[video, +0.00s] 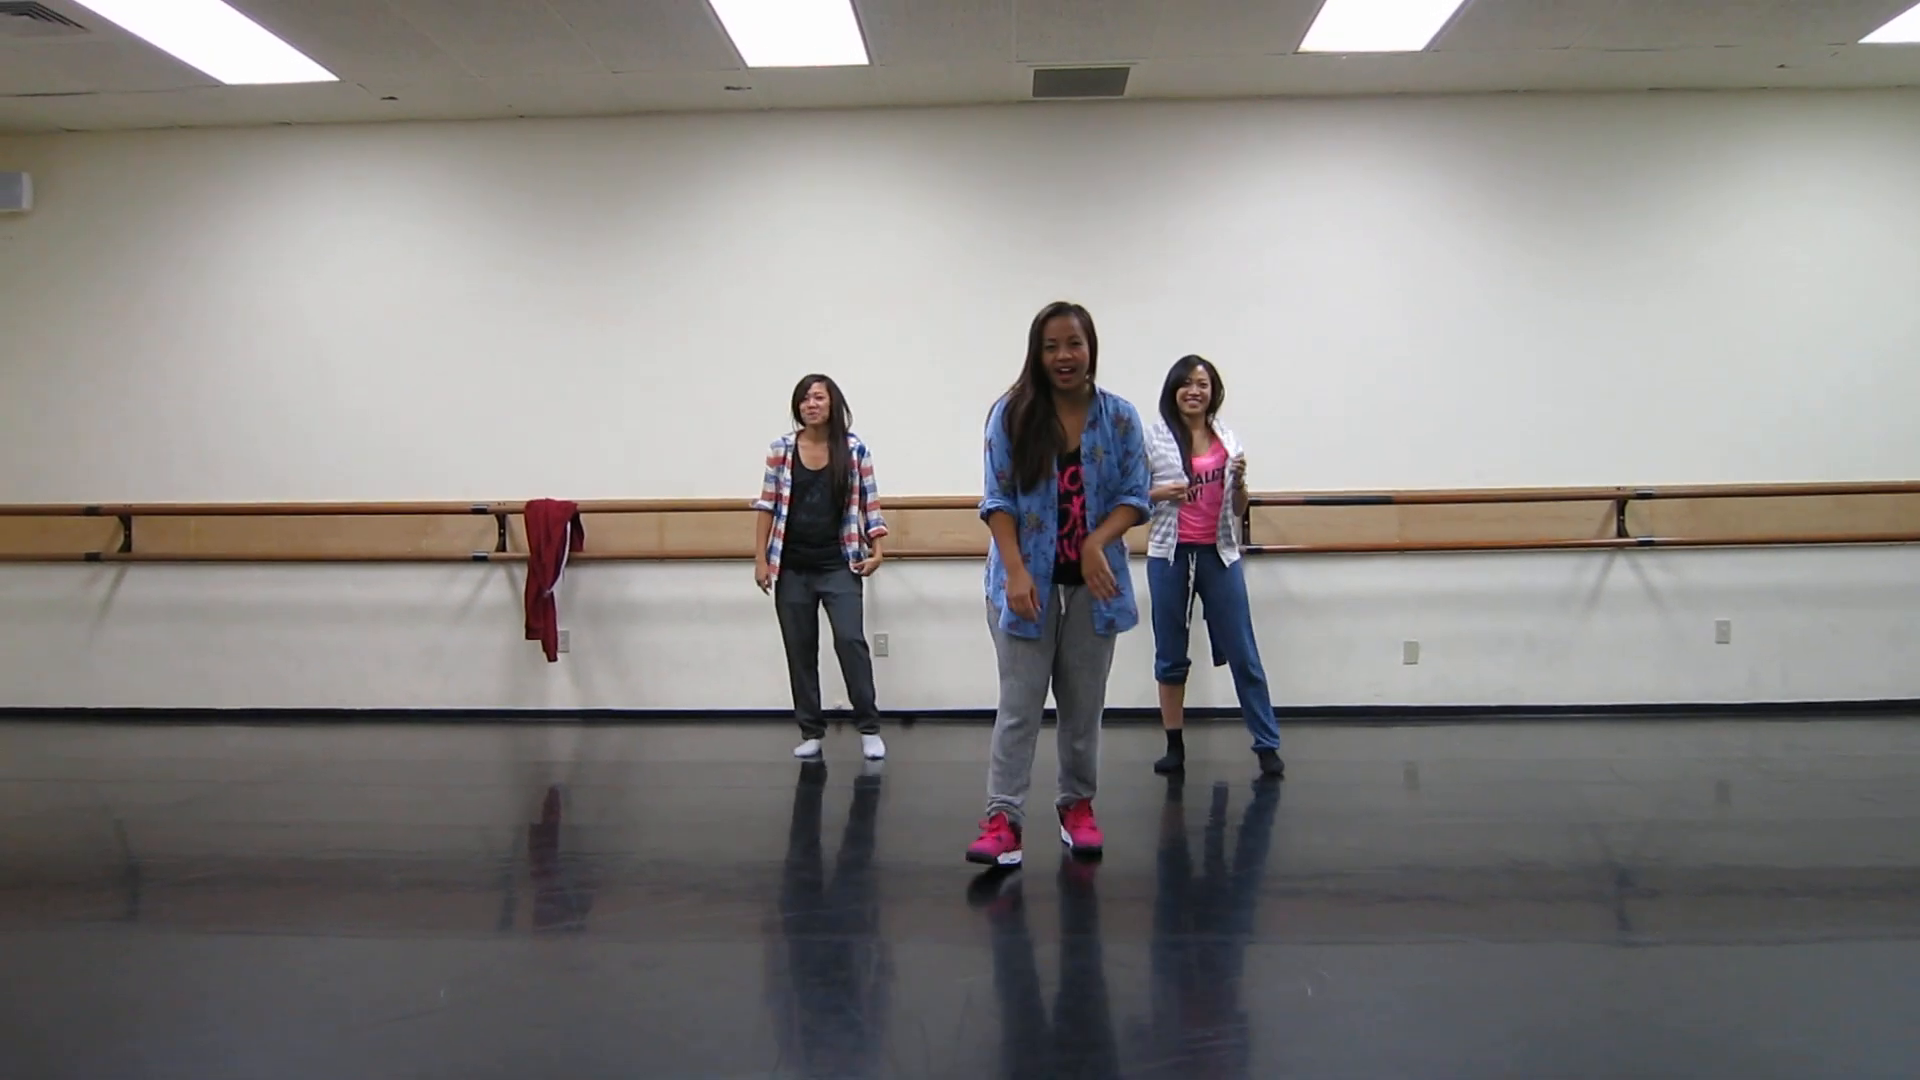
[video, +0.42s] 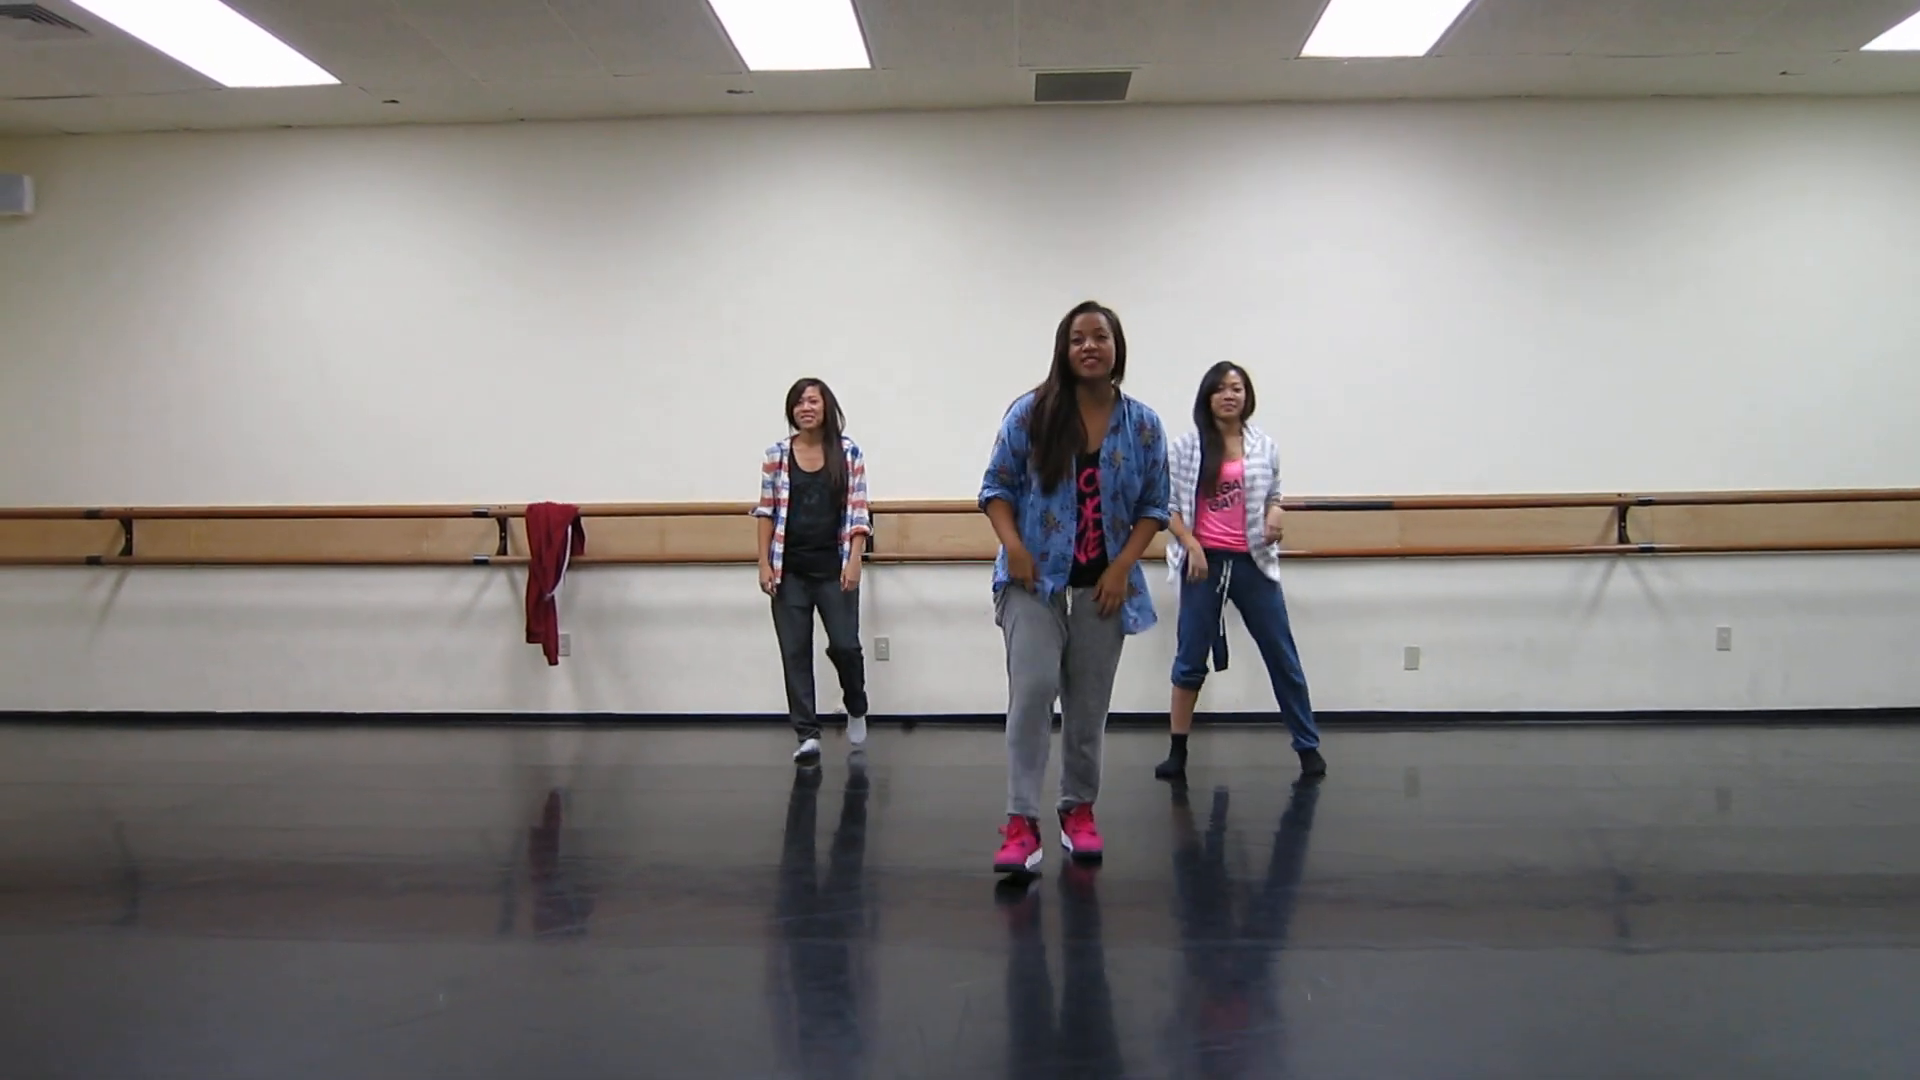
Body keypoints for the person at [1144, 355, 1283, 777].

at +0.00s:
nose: (1195, 391)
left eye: (1202, 385)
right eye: (1187, 384)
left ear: (1214, 392)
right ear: (1172, 391)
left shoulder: (1226, 438)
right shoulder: (1152, 438)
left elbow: (1238, 510)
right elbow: (1129, 497)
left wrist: (1238, 482)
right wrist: (1161, 492)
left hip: (1219, 554)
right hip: (1169, 555)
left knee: (1243, 652)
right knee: (1171, 656)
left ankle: (1267, 746)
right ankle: (1173, 748)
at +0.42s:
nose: (1229, 395)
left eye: (1236, 388)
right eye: (1220, 389)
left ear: (1248, 397)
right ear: (1206, 398)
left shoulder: (1264, 445)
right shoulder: (1184, 447)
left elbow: (1274, 495)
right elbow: (1168, 507)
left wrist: (1275, 512)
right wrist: (1192, 545)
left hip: (1253, 562)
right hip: (1200, 561)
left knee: (1283, 657)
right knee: (1191, 658)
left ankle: (1307, 748)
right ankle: (1176, 753)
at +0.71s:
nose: (1276, 392)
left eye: (1283, 385)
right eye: (1268, 387)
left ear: (1295, 393)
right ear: (1254, 397)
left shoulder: (1313, 440)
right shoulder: (1236, 448)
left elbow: (1323, 491)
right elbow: (1226, 512)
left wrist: (1333, 504)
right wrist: (1223, 569)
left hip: (1306, 558)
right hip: (1256, 559)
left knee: (1308, 657)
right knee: (1228, 647)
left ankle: (1311, 747)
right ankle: (1200, 745)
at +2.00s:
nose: (1243, 396)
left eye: (1251, 390)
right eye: (1234, 390)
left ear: (1263, 399)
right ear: (1221, 400)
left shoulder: (1282, 448)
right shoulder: (1201, 449)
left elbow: (1296, 509)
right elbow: (1187, 512)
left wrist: (1305, 564)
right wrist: (1187, 569)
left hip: (1265, 567)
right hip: (1214, 566)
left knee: (1283, 661)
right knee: (1206, 665)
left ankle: (1297, 746)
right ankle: (1203, 754)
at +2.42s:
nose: (1233, 397)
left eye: (1240, 390)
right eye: (1223, 393)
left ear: (1253, 399)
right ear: (1210, 406)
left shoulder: (1275, 445)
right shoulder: (1198, 450)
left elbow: (1303, 484)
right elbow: (1171, 487)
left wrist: (1322, 512)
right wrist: (1156, 520)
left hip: (1262, 579)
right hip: (1209, 577)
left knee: (1270, 679)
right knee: (1201, 676)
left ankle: (1270, 780)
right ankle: (1200, 751)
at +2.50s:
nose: (1248, 393)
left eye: (1253, 386)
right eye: (1237, 388)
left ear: (1262, 398)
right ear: (1213, 404)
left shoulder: (1278, 438)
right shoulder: (1198, 451)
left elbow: (1301, 474)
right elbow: (1159, 496)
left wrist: (1332, 474)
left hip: (1268, 574)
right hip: (1214, 574)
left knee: (1275, 678)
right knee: (1217, 671)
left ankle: (1271, 777)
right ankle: (1216, 710)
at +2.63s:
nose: (1261, 409)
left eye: (1267, 402)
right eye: (1251, 403)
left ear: (1275, 412)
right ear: (1232, 414)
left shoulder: (1287, 460)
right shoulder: (1214, 458)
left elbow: (1313, 503)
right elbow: (1203, 511)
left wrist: (1319, 515)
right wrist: (1212, 506)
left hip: (1268, 579)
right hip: (1219, 578)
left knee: (1281, 668)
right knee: (1266, 641)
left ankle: (1273, 773)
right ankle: (1267, 742)